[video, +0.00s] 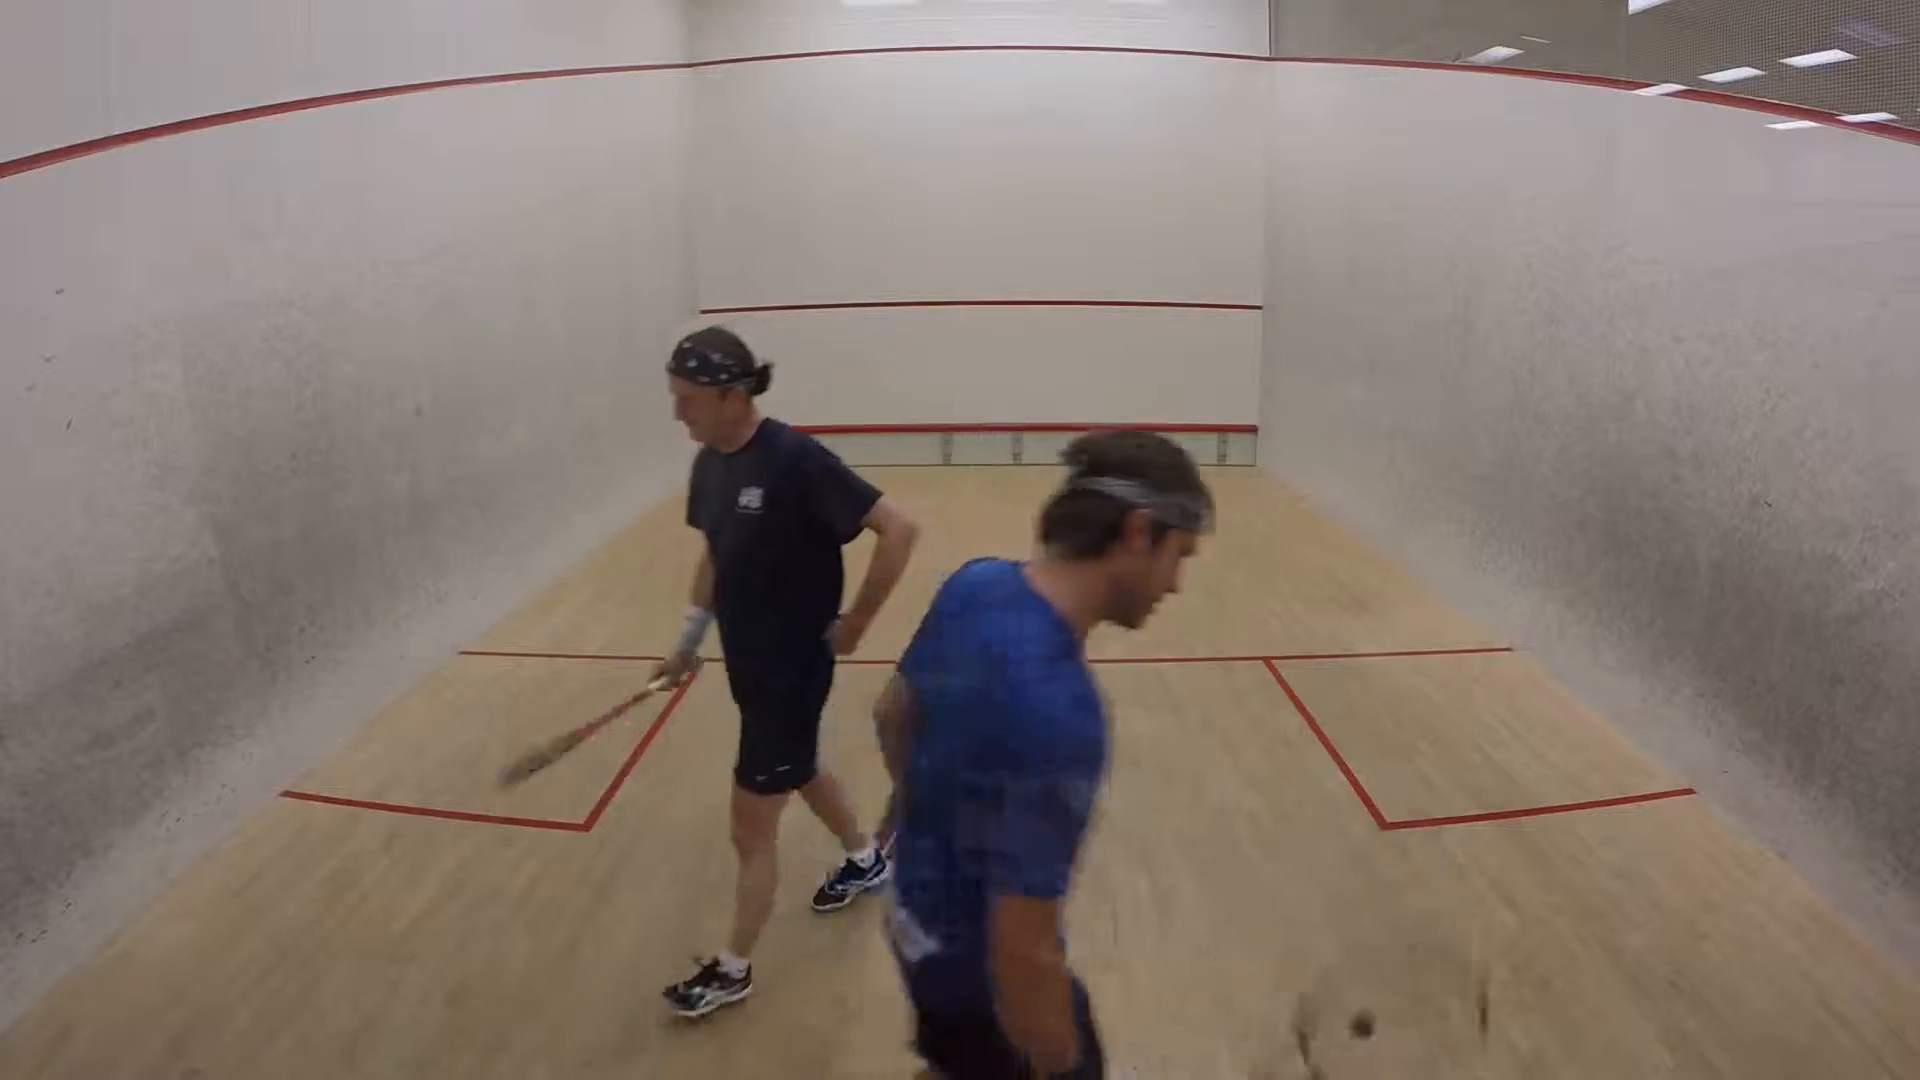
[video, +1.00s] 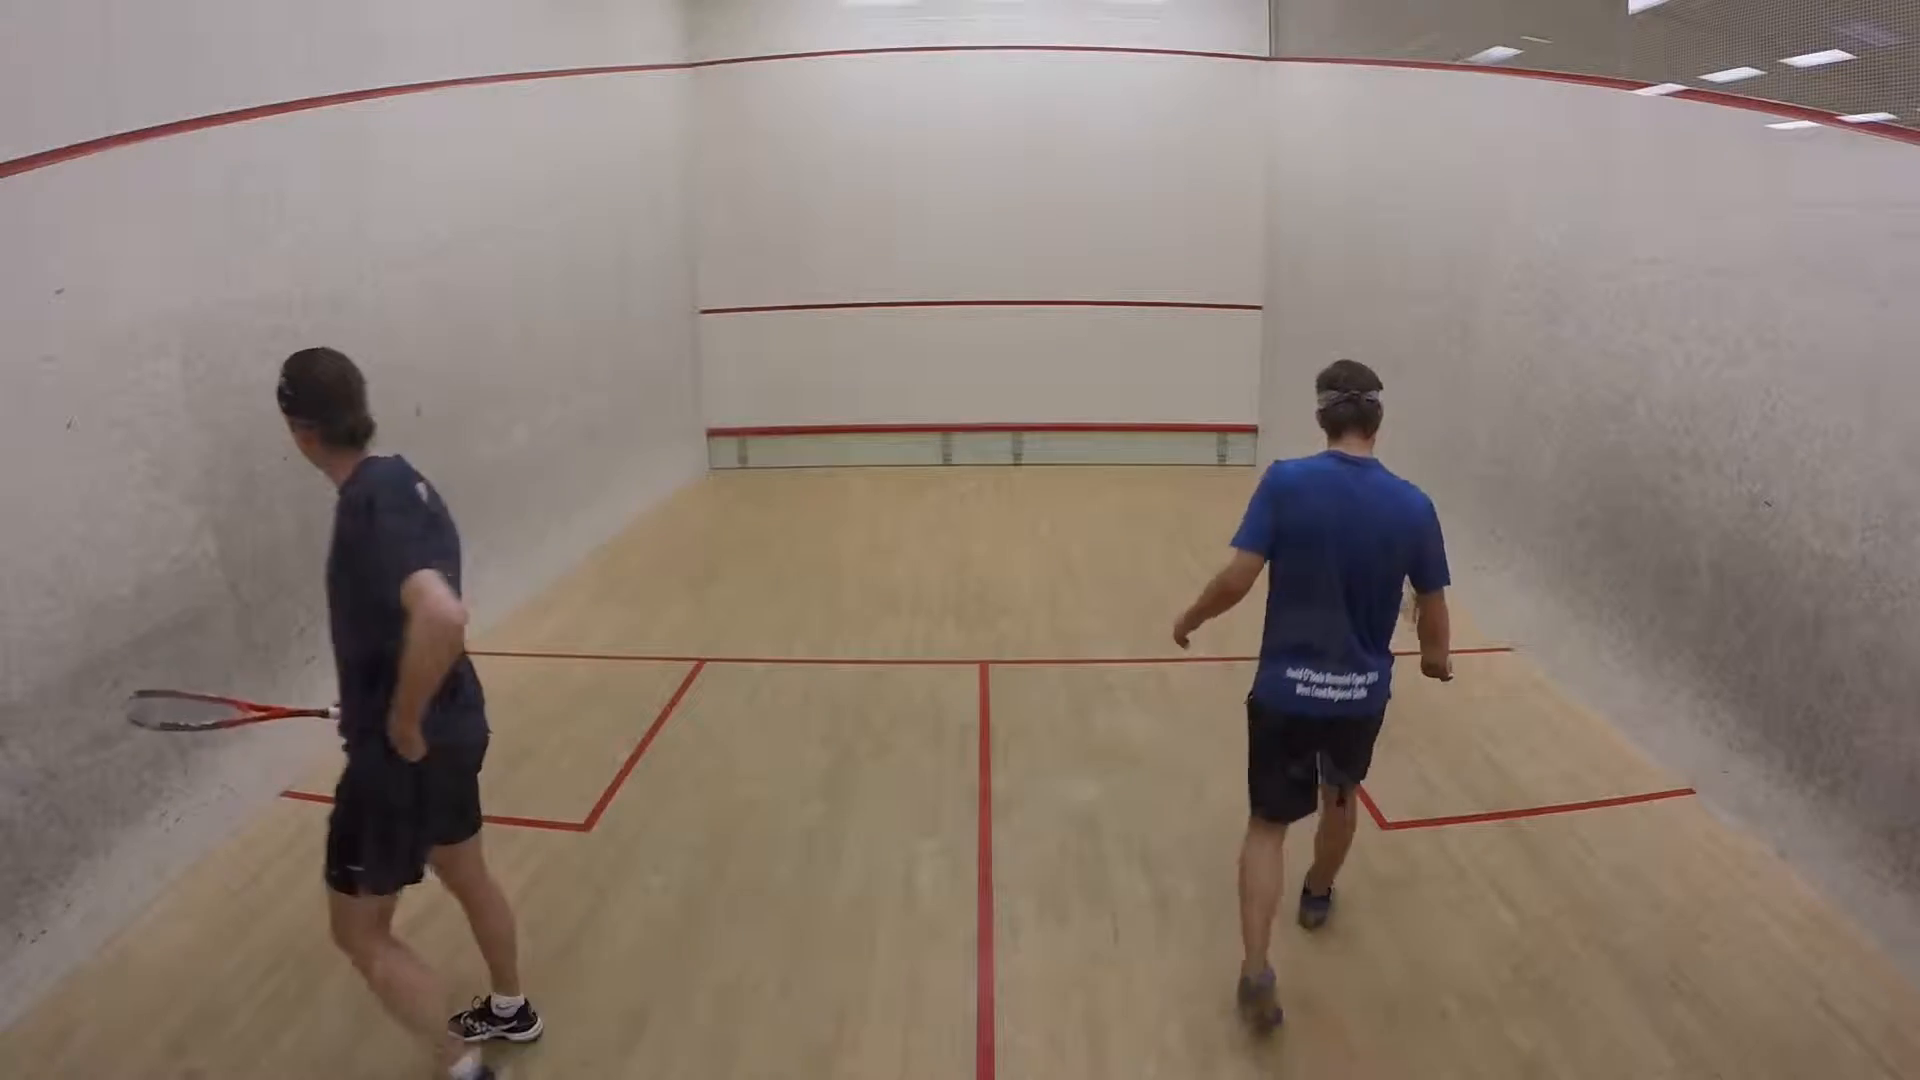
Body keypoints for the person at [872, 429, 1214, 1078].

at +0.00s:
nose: (1175, 584)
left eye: (1185, 560)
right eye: (1180, 556)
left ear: (1128, 533)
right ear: (1137, 533)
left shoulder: (978, 584)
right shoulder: (1058, 711)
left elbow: (895, 712)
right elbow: (1023, 950)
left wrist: (917, 803)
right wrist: (1057, 1062)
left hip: (917, 911)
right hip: (982, 975)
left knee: (957, 1052)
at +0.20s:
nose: (1262, 526)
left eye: (1268, 507)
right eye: (1268, 505)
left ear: (1167, 478)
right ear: (1253, 493)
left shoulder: (1062, 561)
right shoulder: (1239, 646)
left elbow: (961, 705)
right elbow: (1228, 863)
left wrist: (936, 796)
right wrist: (1284, 963)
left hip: (1026, 891)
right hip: (1118, 941)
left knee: (1113, 1030)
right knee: (1110, 1069)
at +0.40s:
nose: (1306, 506)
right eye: (1306, 492)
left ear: (1225, 489)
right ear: (1301, 497)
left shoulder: (1149, 572)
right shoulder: (1324, 615)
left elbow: (1082, 715)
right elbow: (1360, 804)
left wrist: (1026, 824)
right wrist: (1393, 875)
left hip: (1137, 848)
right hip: (1227, 882)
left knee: (1181, 983)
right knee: (1184, 1055)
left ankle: (1241, 1056)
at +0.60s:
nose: (1336, 453)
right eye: (1341, 444)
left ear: (1267, 446)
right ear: (1339, 451)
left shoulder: (1211, 522)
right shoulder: (1373, 552)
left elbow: (1160, 651)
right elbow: (1408, 710)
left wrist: (1136, 733)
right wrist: (1421, 744)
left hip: (1205, 784)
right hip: (1300, 804)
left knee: (1235, 924)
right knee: (1306, 938)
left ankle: (1247, 1065)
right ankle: (1245, 1067)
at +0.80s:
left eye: (1299, 419)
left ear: (1296, 428)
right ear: (1363, 430)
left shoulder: (1251, 498)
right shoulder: (1396, 527)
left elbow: (1186, 610)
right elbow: (1430, 655)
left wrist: (1179, 646)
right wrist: (1434, 683)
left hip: (1250, 737)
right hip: (1337, 746)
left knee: (1254, 891)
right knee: (1335, 846)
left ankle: (1247, 1049)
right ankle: (1326, 932)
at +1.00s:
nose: (1336, 420)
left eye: (1328, 408)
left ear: (1321, 418)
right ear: (1379, 420)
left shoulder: (1285, 482)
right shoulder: (1411, 505)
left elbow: (1236, 581)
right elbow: (1432, 614)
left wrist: (1190, 620)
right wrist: (1436, 659)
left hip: (1283, 699)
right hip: (1359, 703)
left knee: (1267, 825)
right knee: (1341, 792)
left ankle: (1256, 974)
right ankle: (1317, 896)